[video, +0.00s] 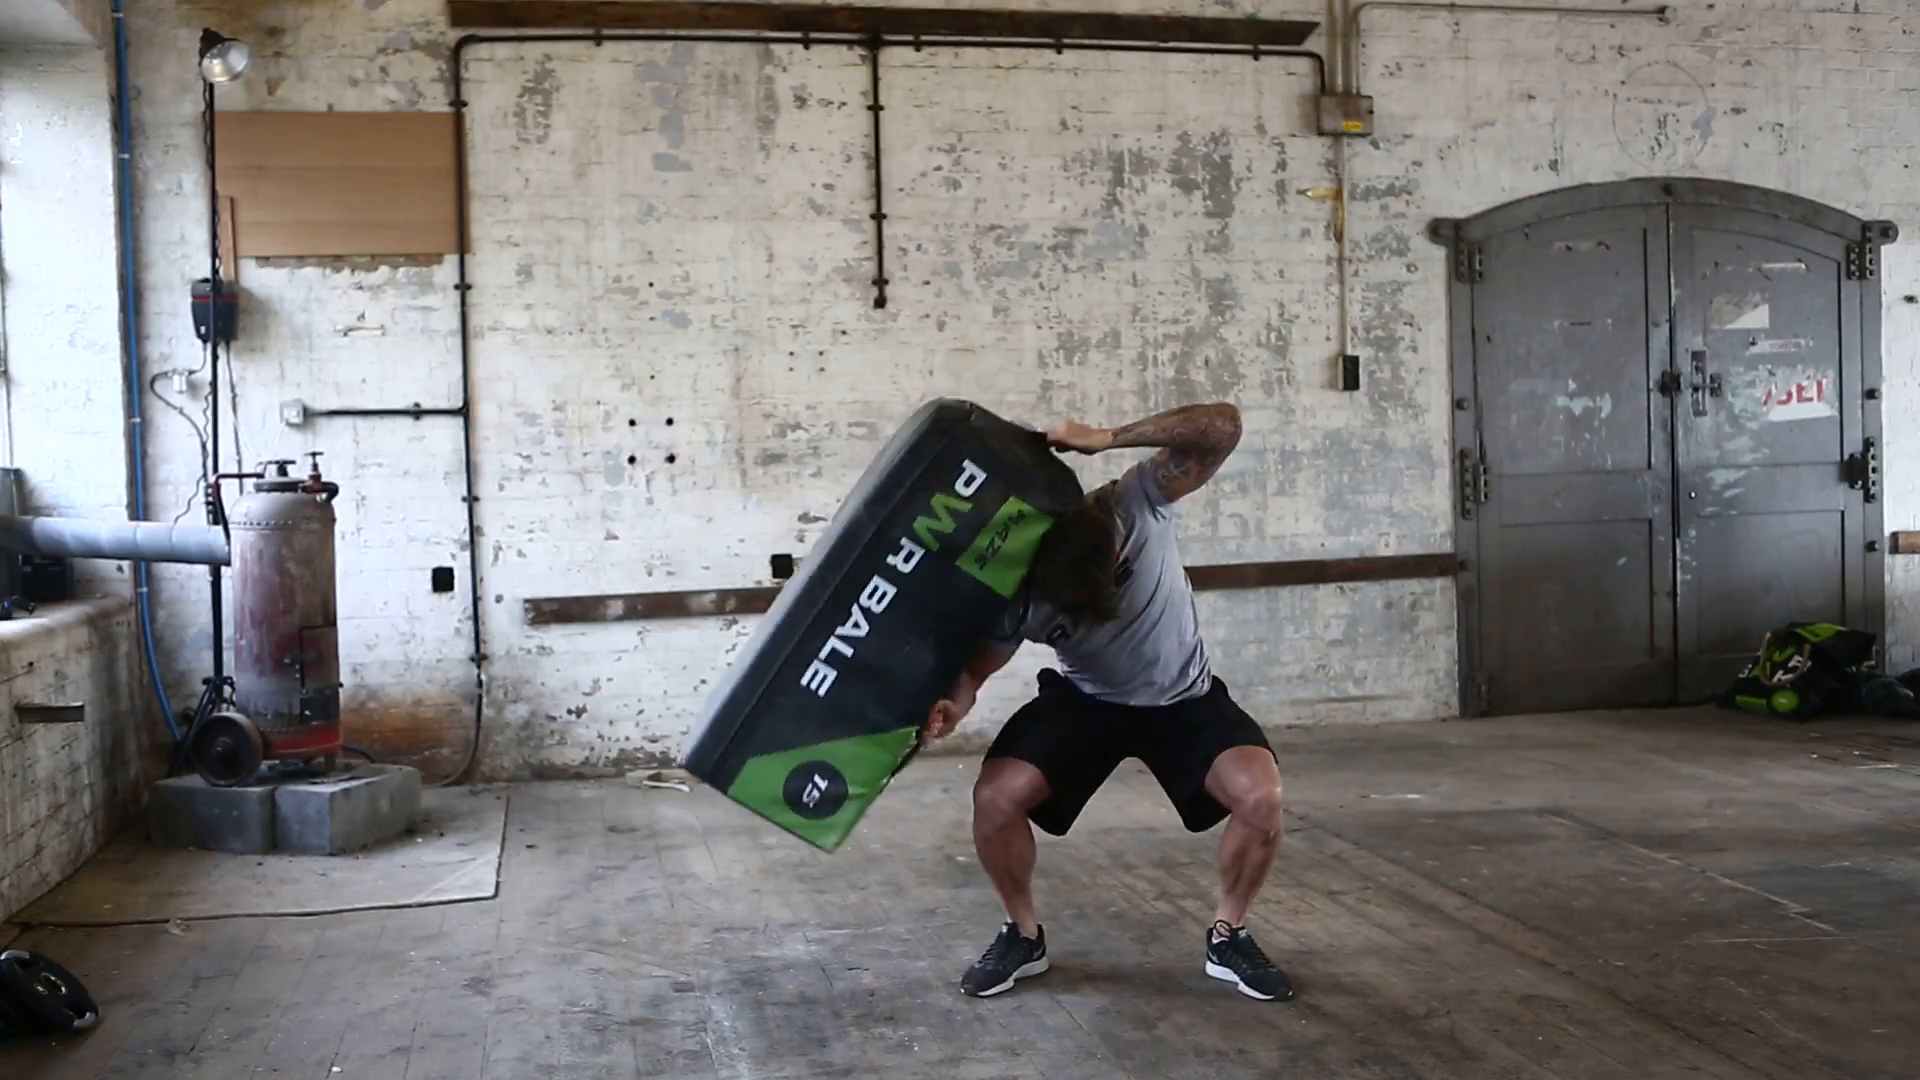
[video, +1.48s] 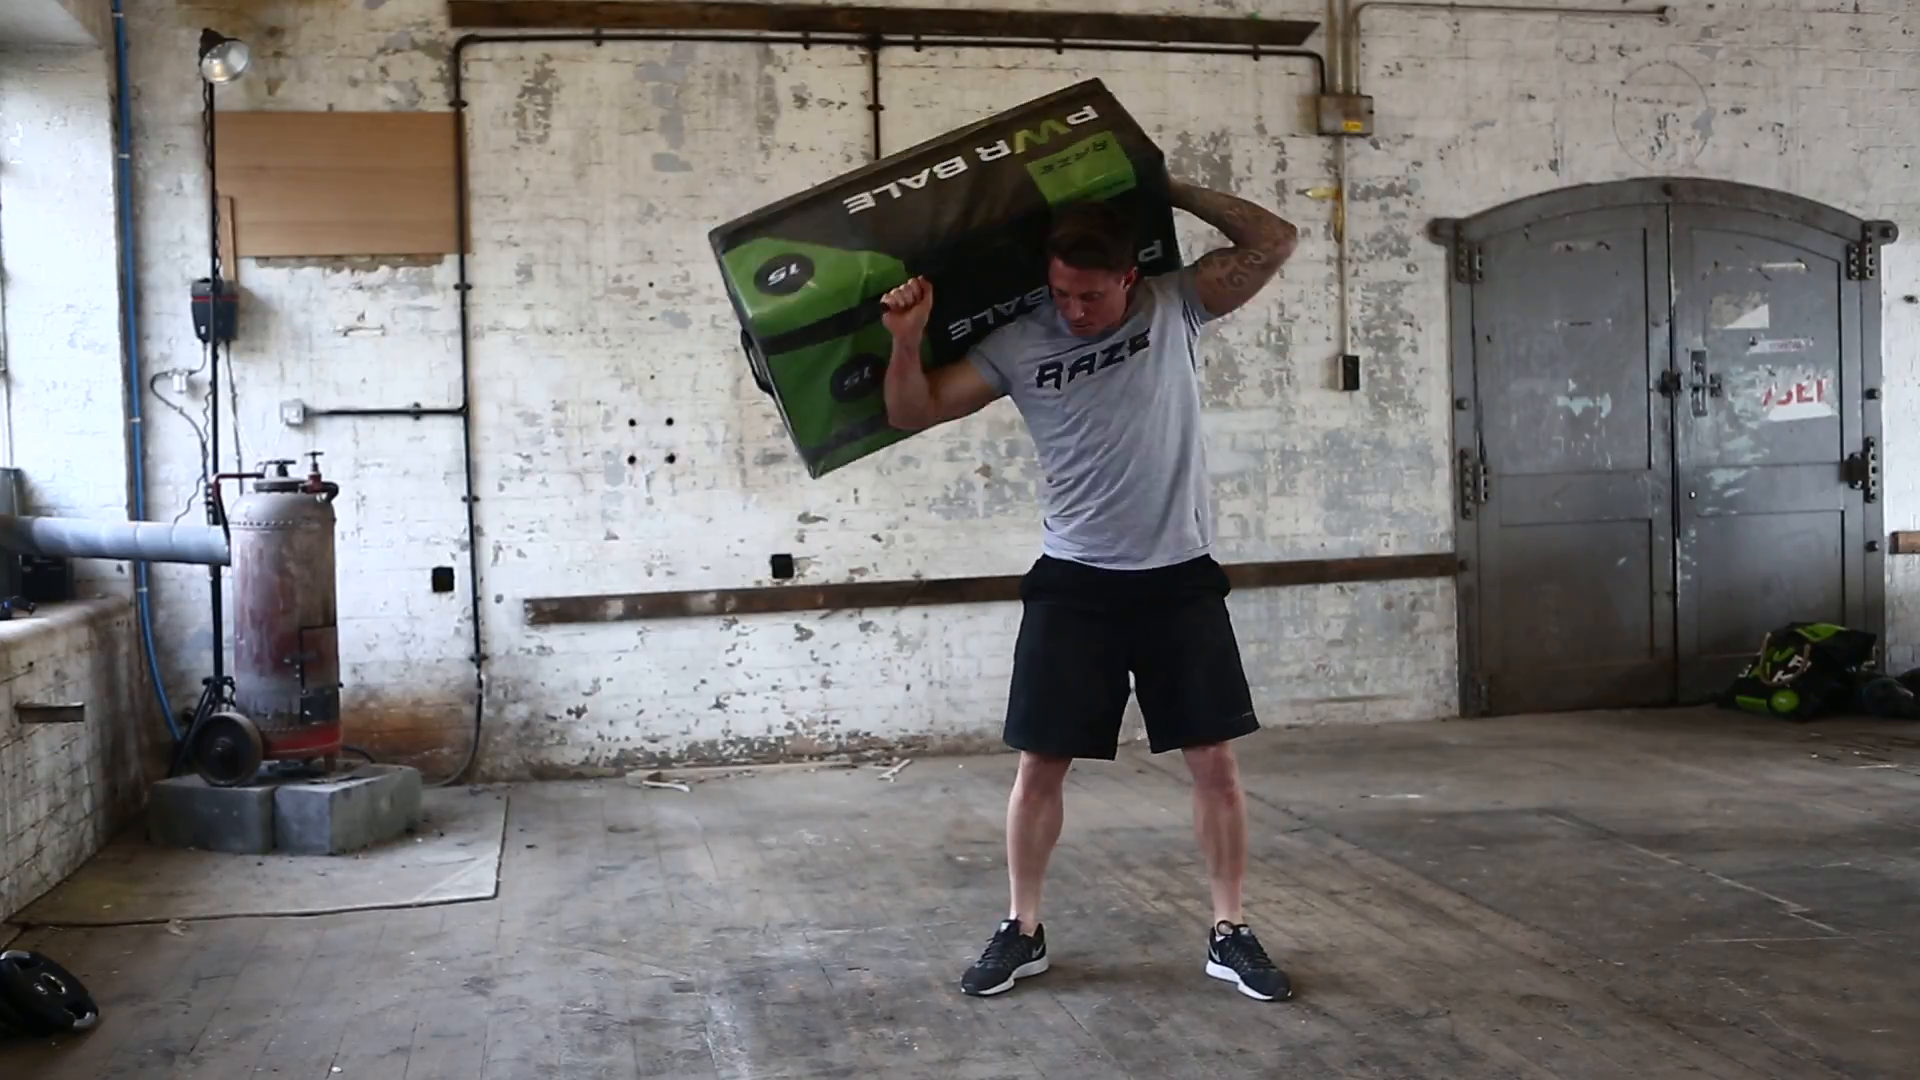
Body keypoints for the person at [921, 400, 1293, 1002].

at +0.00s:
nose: (1096, 606)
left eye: (1103, 590)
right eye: (1078, 602)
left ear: (1114, 546)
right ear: (1046, 583)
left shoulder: (1138, 503)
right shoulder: (1024, 602)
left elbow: (1224, 425)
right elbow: (973, 670)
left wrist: (1108, 437)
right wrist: (949, 708)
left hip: (1184, 698)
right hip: (1083, 701)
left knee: (1261, 796)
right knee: (995, 801)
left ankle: (1228, 935)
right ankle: (1023, 934)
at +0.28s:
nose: (1123, 422)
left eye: (1137, 413)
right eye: (1113, 412)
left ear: (1156, 377)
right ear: (1088, 378)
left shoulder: (1181, 358)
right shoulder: (1034, 403)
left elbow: (1287, 318)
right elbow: (947, 476)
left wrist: (1207, 266)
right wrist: (936, 462)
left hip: (1173, 604)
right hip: (1067, 608)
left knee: (1229, 764)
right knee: (1014, 779)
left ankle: (1230, 932)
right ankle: (1022, 930)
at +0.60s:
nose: (1122, 329)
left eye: (1139, 316)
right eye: (1109, 313)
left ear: (1163, 295)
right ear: (1082, 285)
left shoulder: (1187, 331)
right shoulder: (1033, 318)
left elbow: (1290, 368)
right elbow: (921, 332)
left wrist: (1280, 273)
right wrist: (928, 272)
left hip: (1159, 582)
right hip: (1056, 581)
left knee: (1194, 756)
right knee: (1035, 760)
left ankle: (1229, 930)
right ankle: (1020, 928)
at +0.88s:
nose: (1133, 299)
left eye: (1150, 284)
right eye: (1119, 282)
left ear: (1174, 275)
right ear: (1093, 270)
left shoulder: (1202, 328)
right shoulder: (1046, 322)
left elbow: (1316, 365)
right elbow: (932, 341)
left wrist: (1290, 262)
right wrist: (937, 272)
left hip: (1174, 581)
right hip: (1069, 582)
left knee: (1206, 758)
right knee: (1045, 761)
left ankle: (1232, 929)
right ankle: (1022, 926)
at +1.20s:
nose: (1121, 291)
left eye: (1136, 275)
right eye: (1106, 275)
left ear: (1160, 268)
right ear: (1080, 266)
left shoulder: (1191, 327)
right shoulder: (1035, 324)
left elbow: (1305, 361)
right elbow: (922, 349)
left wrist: (1276, 258)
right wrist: (924, 275)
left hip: (1167, 582)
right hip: (1061, 582)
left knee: (1200, 759)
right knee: (1039, 766)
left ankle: (1230, 929)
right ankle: (1021, 927)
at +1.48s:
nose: (1076, 310)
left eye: (1092, 295)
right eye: (1062, 294)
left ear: (1130, 272)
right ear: (1048, 276)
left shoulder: (1175, 304)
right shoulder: (1021, 344)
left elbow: (1273, 240)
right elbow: (911, 412)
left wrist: (1179, 191)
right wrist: (906, 339)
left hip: (1181, 578)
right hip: (1073, 583)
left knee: (1215, 763)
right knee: (1039, 766)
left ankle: (1230, 930)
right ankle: (1021, 926)